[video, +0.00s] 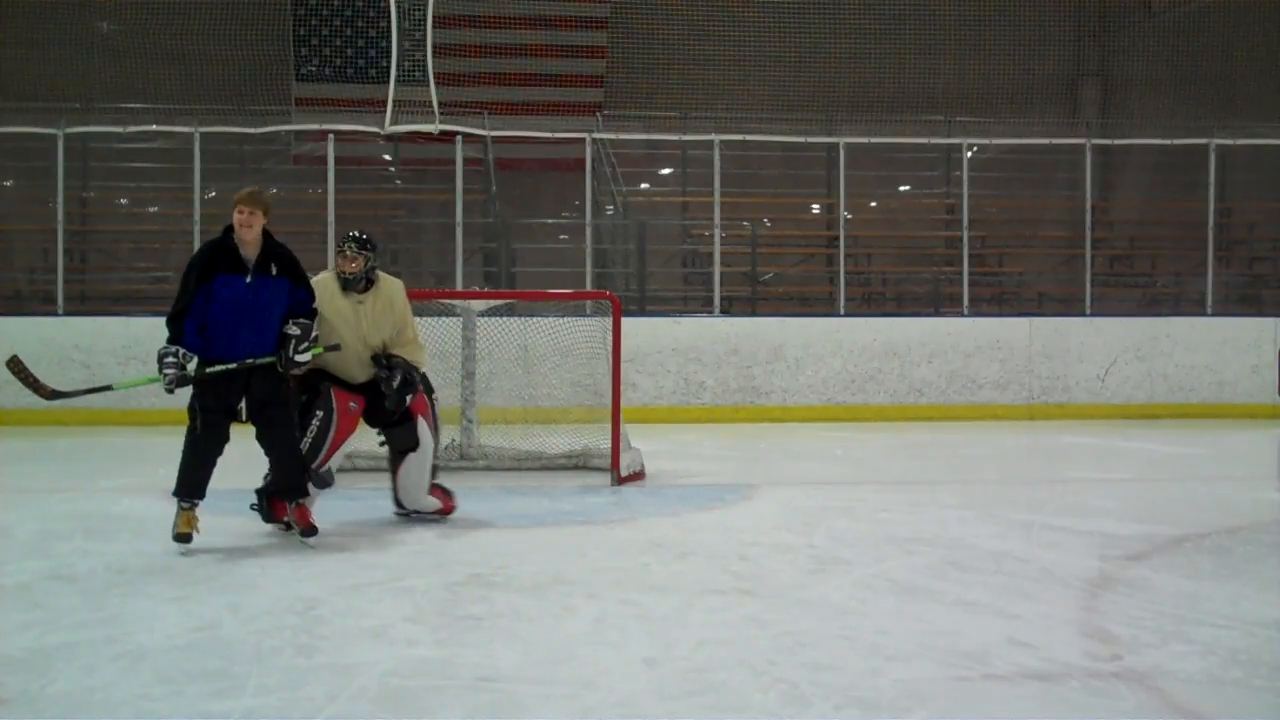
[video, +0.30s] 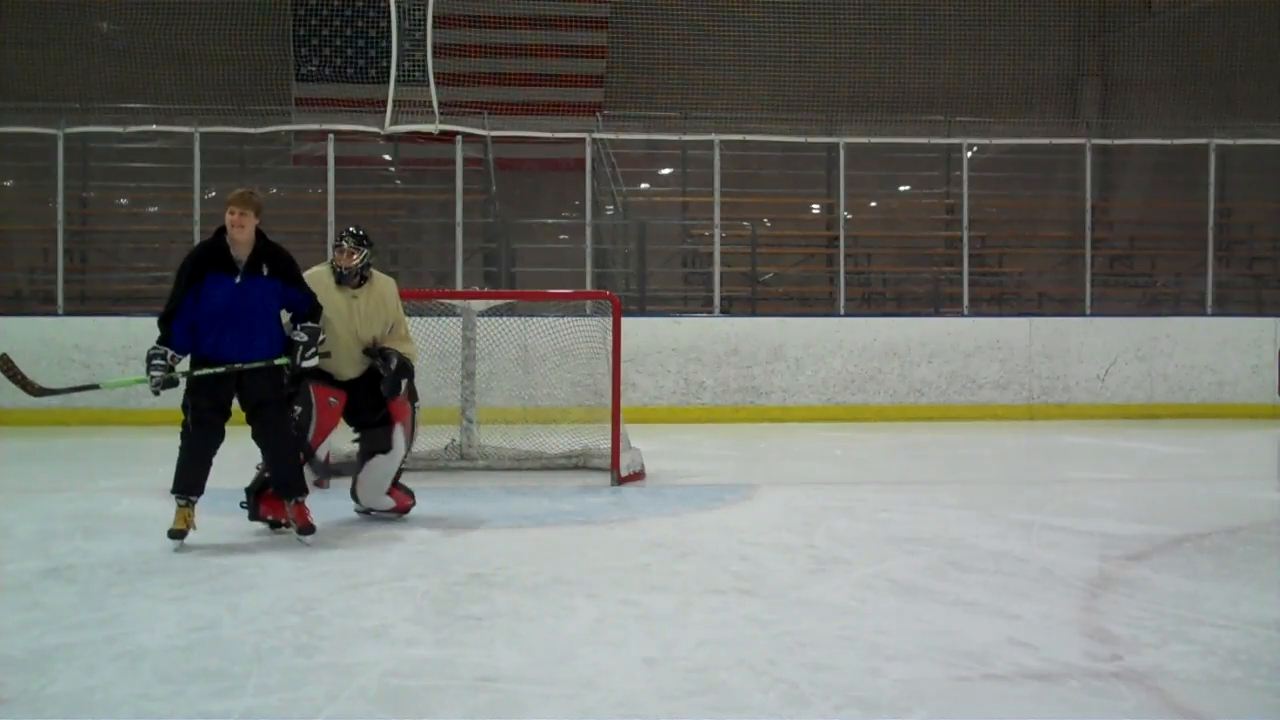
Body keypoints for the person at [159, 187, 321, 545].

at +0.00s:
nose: (245, 219)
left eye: (252, 213)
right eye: (240, 212)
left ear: (265, 219)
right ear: (232, 216)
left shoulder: (282, 259)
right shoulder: (209, 258)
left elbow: (304, 303)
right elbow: (184, 310)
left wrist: (299, 333)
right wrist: (175, 353)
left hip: (267, 365)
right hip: (216, 366)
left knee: (282, 433)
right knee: (206, 435)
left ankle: (296, 503)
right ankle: (186, 507)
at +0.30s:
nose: (236, 219)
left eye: (244, 214)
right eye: (232, 213)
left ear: (256, 220)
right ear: (225, 217)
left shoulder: (276, 259)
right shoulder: (202, 259)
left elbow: (306, 304)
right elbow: (178, 311)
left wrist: (306, 331)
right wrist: (164, 353)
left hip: (263, 364)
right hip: (211, 364)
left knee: (275, 430)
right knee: (201, 432)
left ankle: (294, 501)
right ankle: (184, 505)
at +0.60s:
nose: (229, 219)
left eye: (236, 214)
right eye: (224, 213)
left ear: (250, 220)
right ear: (218, 217)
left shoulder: (271, 258)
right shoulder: (197, 259)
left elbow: (299, 305)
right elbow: (176, 312)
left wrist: (300, 330)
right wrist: (159, 352)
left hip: (261, 362)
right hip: (210, 363)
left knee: (272, 431)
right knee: (200, 434)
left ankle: (292, 499)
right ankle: (186, 506)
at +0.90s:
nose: (227, 219)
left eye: (234, 215)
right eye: (222, 213)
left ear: (247, 221)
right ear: (214, 218)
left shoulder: (265, 259)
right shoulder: (192, 259)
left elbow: (289, 304)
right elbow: (171, 312)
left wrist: (290, 328)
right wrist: (152, 354)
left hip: (255, 362)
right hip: (204, 363)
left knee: (271, 431)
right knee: (193, 434)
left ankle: (292, 500)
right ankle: (175, 505)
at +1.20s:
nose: (219, 221)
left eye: (227, 216)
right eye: (214, 214)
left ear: (239, 222)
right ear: (205, 219)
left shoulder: (253, 261)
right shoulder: (183, 259)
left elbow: (275, 304)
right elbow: (155, 310)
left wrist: (279, 328)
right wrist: (149, 352)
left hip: (241, 366)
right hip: (190, 368)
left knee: (254, 439)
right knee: (175, 440)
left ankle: (284, 508)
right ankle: (151, 514)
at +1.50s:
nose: (232, 223)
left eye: (240, 218)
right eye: (227, 217)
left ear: (253, 222)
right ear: (219, 221)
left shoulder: (267, 261)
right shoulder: (198, 261)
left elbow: (286, 308)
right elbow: (176, 321)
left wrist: (306, 335)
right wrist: (184, 369)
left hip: (255, 371)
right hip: (206, 374)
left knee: (272, 438)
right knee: (195, 448)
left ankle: (283, 513)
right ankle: (171, 527)